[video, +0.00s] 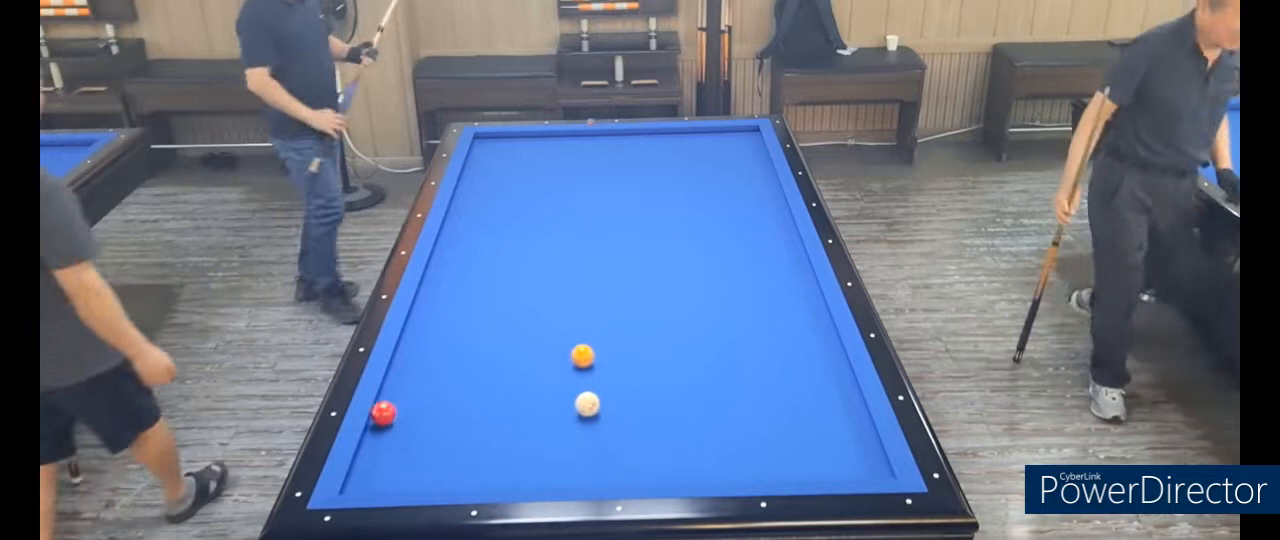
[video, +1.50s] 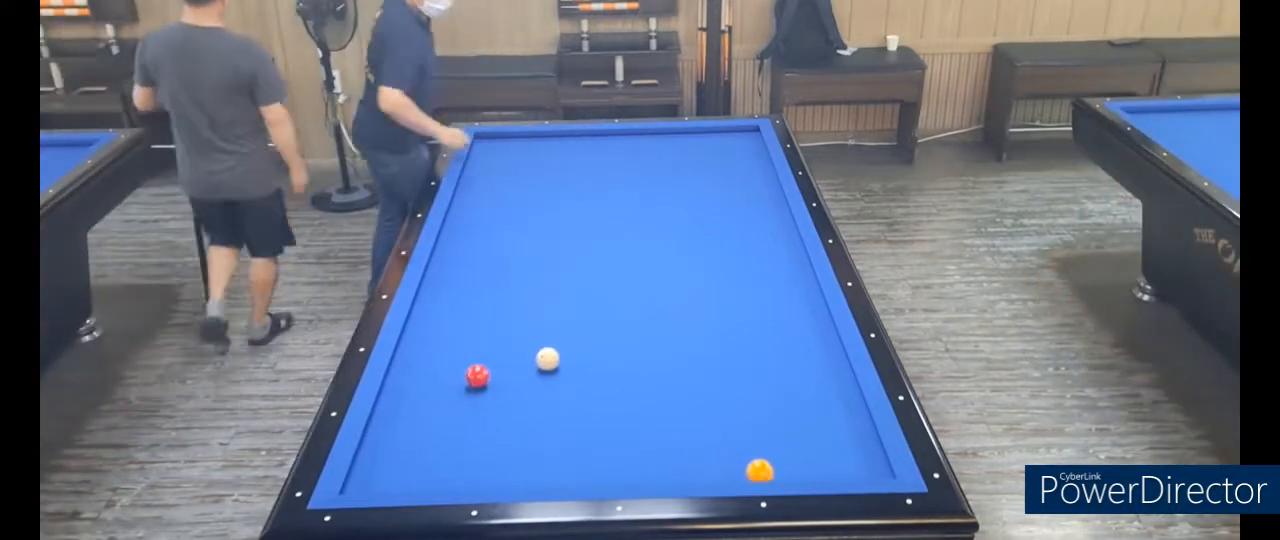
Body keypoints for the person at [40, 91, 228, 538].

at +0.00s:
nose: (45, 101)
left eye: (46, 92)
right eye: (43, 94)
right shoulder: (48, 192)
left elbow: (80, 284)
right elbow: (81, 286)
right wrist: (142, 351)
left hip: (45, 367)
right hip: (81, 356)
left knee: (43, 466)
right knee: (146, 427)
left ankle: (47, 531)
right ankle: (179, 496)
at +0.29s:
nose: (104, 69)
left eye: (101, 59)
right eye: (101, 60)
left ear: (40, 71)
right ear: (94, 71)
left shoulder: (43, 138)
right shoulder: (121, 150)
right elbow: (171, 235)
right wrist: (211, 298)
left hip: (69, 314)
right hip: (137, 313)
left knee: (112, 384)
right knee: (176, 398)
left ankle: (107, 480)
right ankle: (180, 494)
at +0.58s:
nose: (138, 54)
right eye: (137, 48)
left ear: (74, 57)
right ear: (133, 55)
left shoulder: (55, 124)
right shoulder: (168, 126)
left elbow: (43, 196)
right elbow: (213, 200)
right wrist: (247, 243)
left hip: (113, 287)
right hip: (173, 284)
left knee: (157, 356)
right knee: (189, 381)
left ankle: (196, 401)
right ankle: (181, 488)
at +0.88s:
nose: (156, 30)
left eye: (154, 22)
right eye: (154, 22)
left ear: (97, 29)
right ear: (148, 28)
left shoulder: (75, 94)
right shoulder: (180, 94)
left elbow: (64, 165)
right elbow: (220, 171)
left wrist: (94, 138)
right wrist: (253, 222)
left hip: (132, 248)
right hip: (190, 242)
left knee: (169, 326)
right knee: (227, 313)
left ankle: (207, 404)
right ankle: (207, 397)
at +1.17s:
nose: (189, 20)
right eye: (187, 14)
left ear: (137, 19)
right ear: (182, 18)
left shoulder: (109, 69)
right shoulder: (206, 80)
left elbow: (96, 126)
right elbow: (236, 157)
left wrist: (131, 104)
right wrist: (264, 213)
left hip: (159, 222)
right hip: (216, 216)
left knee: (178, 307)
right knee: (246, 278)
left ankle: (201, 396)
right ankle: (263, 329)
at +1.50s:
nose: (226, 6)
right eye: (225, 3)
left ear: (185, 2)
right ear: (221, 2)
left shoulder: (154, 46)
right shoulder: (247, 53)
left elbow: (143, 102)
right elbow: (277, 119)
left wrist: (181, 94)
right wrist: (296, 166)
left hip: (200, 181)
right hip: (252, 179)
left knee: (222, 239)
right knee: (265, 250)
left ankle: (214, 309)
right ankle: (259, 325)